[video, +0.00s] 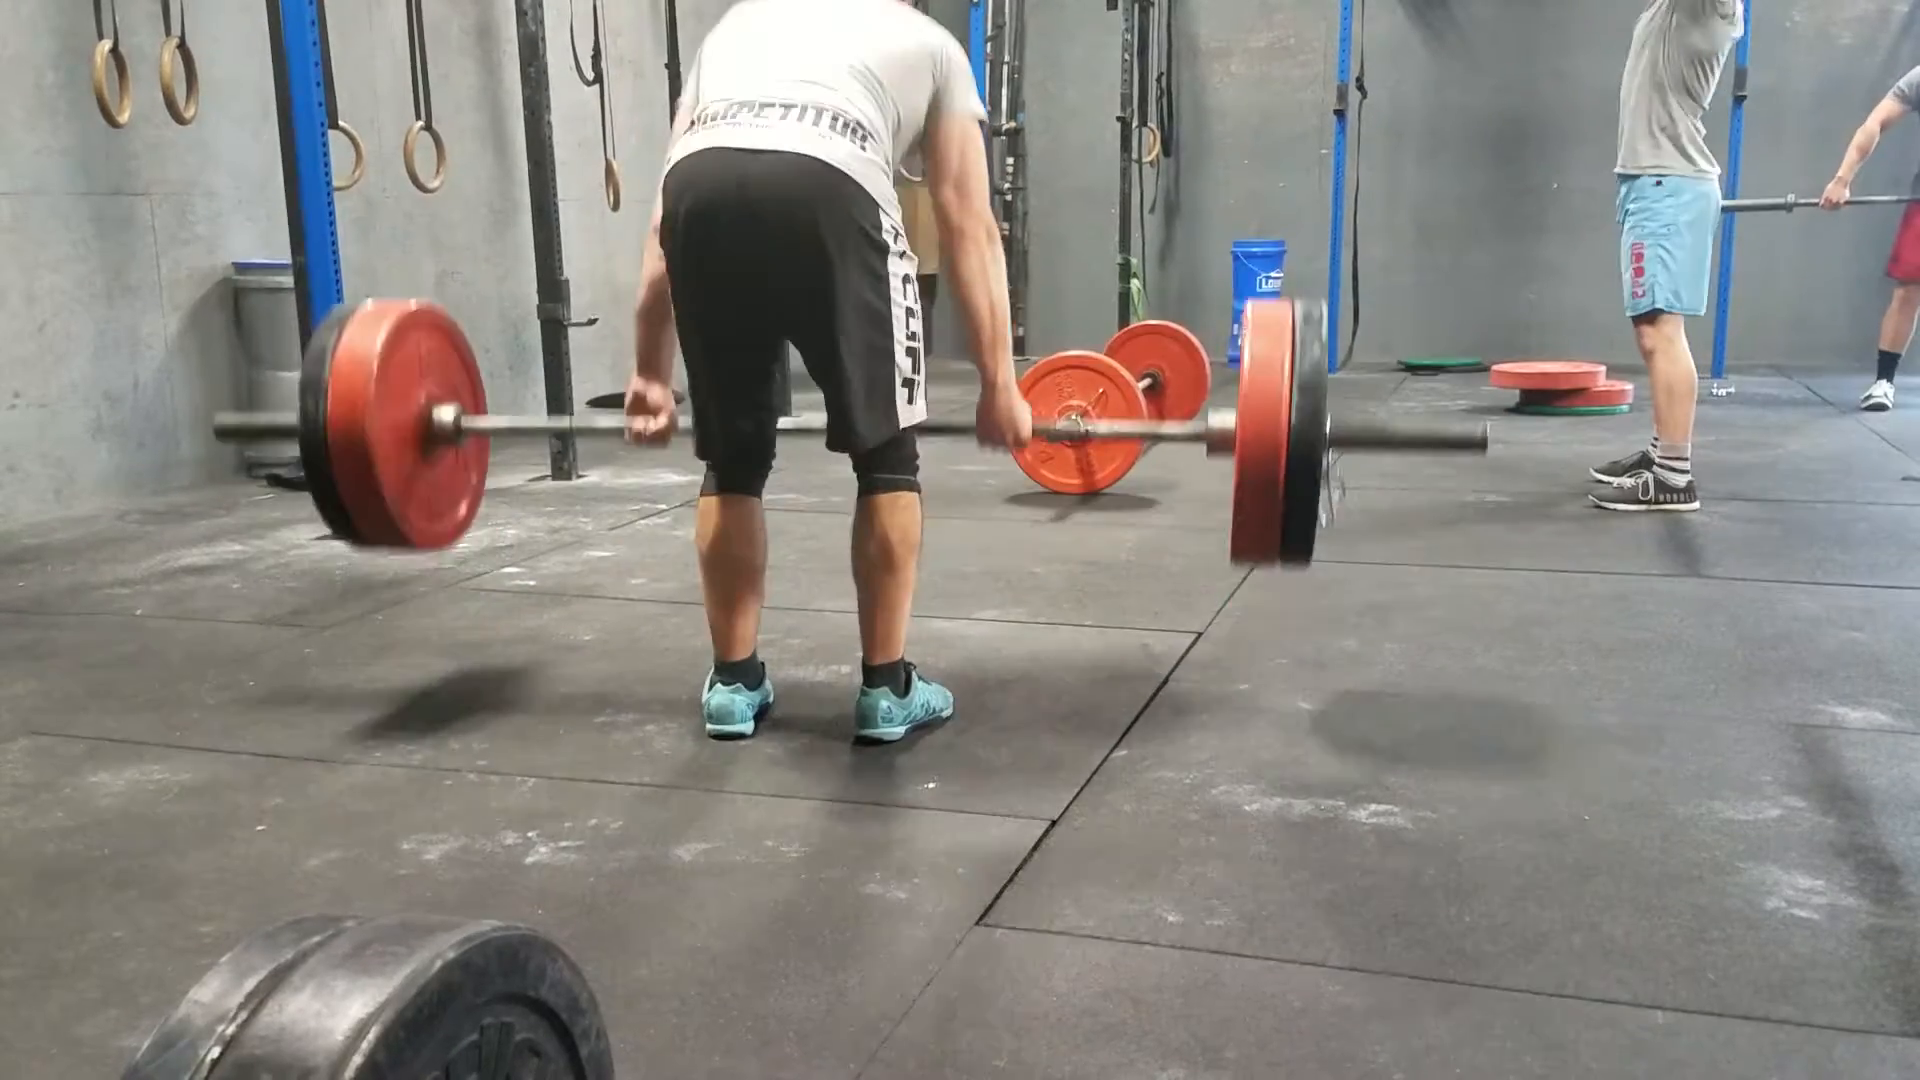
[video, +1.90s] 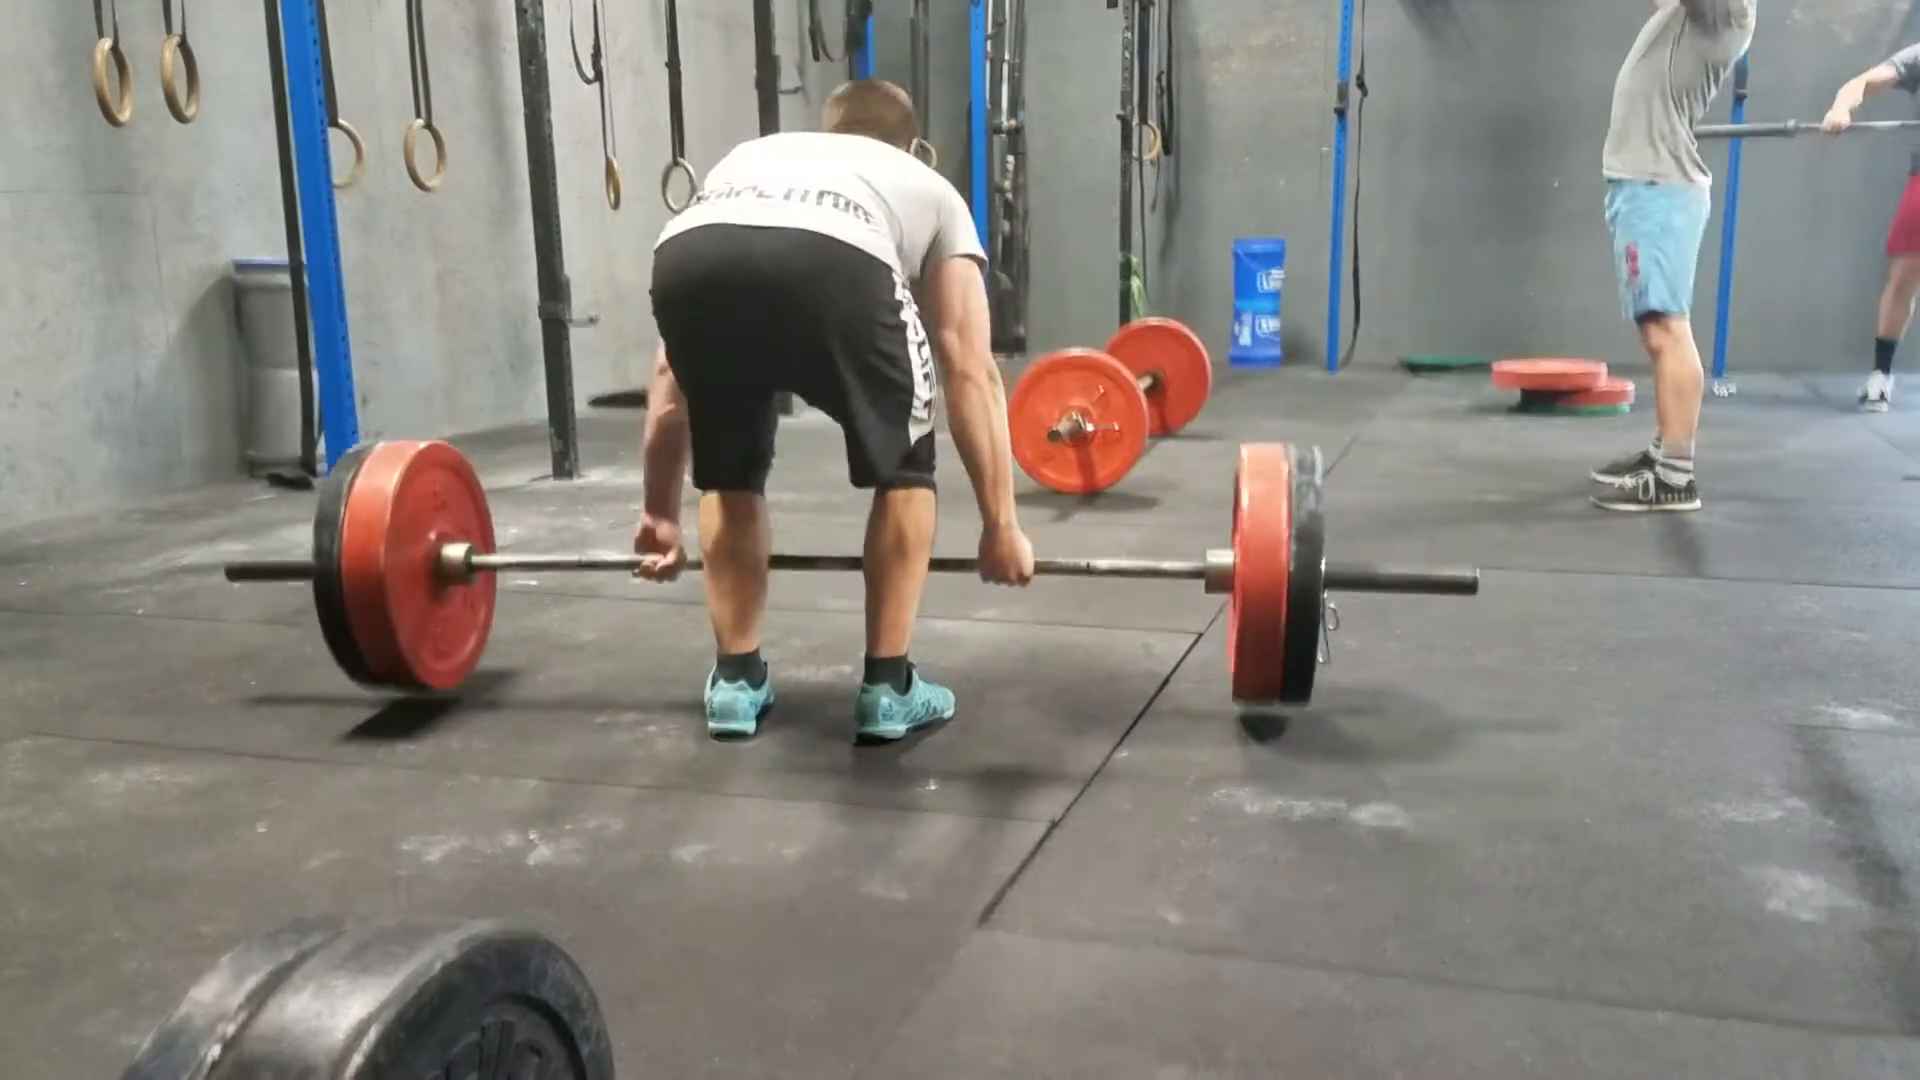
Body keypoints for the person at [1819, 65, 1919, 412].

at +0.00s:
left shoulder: (1915, 79)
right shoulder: (1918, 77)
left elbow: (1876, 123)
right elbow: (1876, 122)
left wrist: (1842, 178)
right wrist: (1842, 178)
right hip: (1919, 203)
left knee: (1909, 290)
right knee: (1909, 289)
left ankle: (1883, 381)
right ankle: (1883, 382)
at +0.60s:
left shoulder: (1912, 136)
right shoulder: (1914, 135)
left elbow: (1863, 186)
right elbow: (1863, 185)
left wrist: (1823, 241)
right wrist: (1824, 241)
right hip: (1915, 204)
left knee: (1895, 289)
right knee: (1893, 288)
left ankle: (1881, 383)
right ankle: (1880, 383)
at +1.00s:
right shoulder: (1912, 195)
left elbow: (1858, 245)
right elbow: (1858, 245)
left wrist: (1820, 301)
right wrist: (1820, 301)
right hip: (1913, 230)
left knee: (1888, 290)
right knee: (1885, 289)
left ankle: (1879, 383)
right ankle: (1879, 384)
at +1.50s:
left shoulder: (1913, 149)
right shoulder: (1915, 148)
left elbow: (1861, 193)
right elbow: (1862, 192)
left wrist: (1828, 251)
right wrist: (1828, 250)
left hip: (1913, 209)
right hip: (1914, 208)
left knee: (1891, 294)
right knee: (1888, 293)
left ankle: (1881, 383)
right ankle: (1881, 383)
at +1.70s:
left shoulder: (1912, 104)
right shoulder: (1915, 103)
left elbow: (1861, 143)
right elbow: (1861, 143)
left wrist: (1831, 201)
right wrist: (1832, 200)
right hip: (1915, 214)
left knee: (1901, 292)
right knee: (1900, 292)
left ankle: (1884, 382)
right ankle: (1883, 383)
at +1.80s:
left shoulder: (1912, 80)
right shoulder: (1915, 78)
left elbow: (1866, 117)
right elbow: (1867, 116)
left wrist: (1837, 169)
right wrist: (1837, 168)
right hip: (1917, 200)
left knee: (1905, 282)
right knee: (1904, 281)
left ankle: (1882, 377)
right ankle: (1882, 378)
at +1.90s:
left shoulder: (1914, 59)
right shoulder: (1917, 57)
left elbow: (1862, 82)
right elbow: (1862, 82)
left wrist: (1840, 106)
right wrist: (1841, 107)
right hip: (1918, 179)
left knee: (1906, 272)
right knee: (1904, 270)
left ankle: (1881, 373)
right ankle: (1881, 373)